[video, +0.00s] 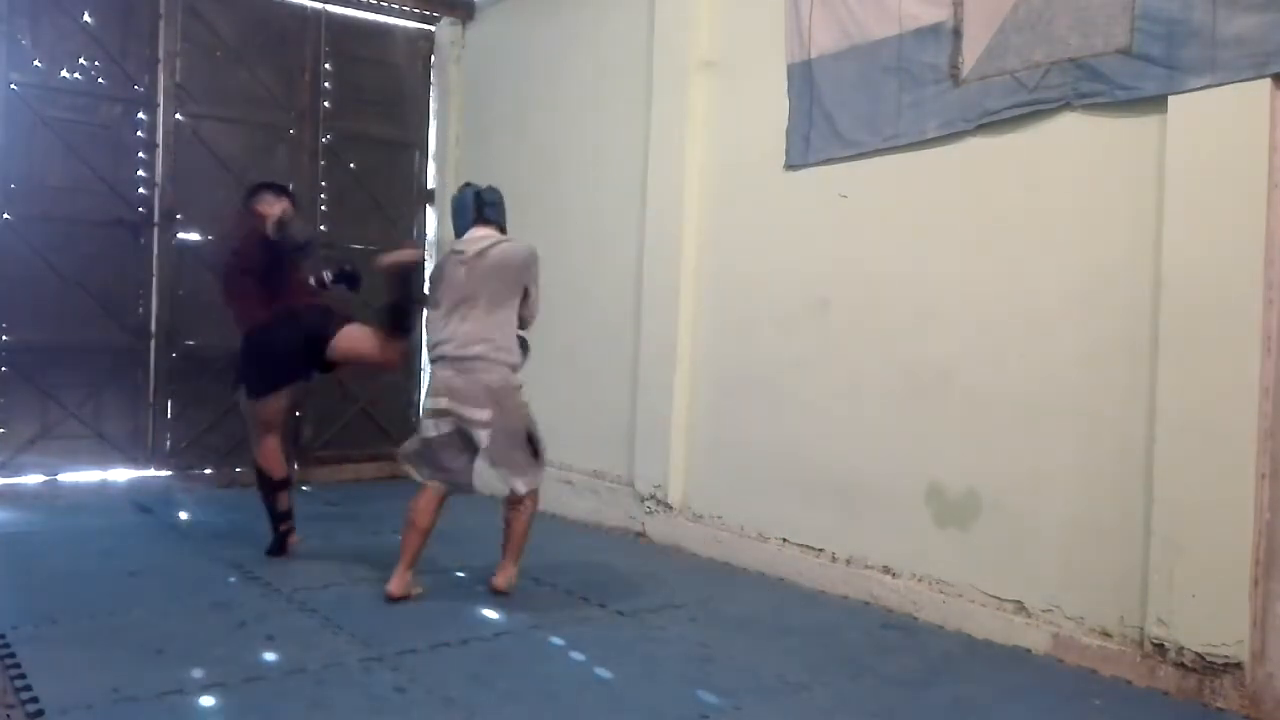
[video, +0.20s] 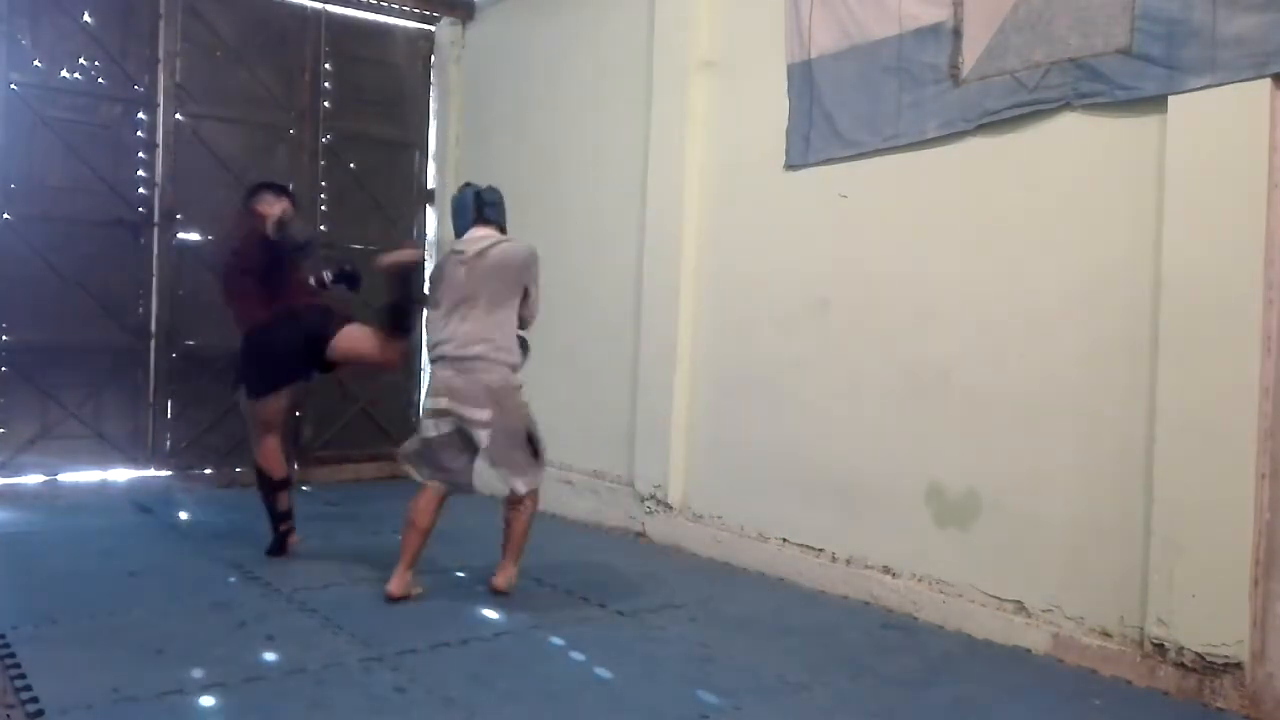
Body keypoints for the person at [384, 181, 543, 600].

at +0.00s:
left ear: (460, 220)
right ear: (501, 218)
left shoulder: (446, 261)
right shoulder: (521, 253)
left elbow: (435, 308)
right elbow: (527, 315)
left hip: (444, 380)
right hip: (494, 382)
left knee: (436, 477)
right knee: (524, 473)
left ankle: (401, 575)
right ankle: (507, 569)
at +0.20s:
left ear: (460, 220)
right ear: (501, 218)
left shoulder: (446, 261)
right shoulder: (521, 253)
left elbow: (435, 309)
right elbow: (527, 315)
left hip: (444, 380)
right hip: (494, 382)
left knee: (436, 477)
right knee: (524, 473)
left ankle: (401, 575)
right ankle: (507, 570)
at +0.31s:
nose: (570, 233)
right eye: (572, 227)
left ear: (533, 219)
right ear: (573, 226)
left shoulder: (496, 257)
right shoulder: (575, 266)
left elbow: (460, 308)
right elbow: (573, 336)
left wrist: (487, 334)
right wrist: (543, 308)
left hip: (474, 378)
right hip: (523, 387)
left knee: (442, 475)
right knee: (547, 491)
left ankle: (388, 558)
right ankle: (531, 592)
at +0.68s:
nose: (516, 217)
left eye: (517, 210)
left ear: (522, 212)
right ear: (564, 212)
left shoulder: (505, 253)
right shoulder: (593, 256)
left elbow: (481, 308)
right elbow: (612, 316)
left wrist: (484, 334)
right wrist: (571, 309)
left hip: (510, 380)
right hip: (565, 383)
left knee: (475, 468)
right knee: (583, 487)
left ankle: (445, 552)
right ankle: (593, 590)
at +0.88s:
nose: (479, 254)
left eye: (481, 248)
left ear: (487, 250)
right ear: (526, 248)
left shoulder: (477, 293)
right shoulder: (556, 289)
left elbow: (472, 348)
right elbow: (579, 346)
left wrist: (476, 388)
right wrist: (542, 337)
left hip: (496, 405)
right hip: (546, 404)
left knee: (471, 476)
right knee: (577, 497)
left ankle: (446, 562)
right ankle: (598, 595)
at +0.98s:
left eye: (459, 229)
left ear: (460, 233)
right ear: (499, 233)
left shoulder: (447, 274)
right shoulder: (524, 272)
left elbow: (431, 323)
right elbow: (550, 323)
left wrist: (449, 351)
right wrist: (515, 331)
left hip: (466, 386)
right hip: (516, 385)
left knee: (455, 475)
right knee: (542, 480)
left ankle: (443, 562)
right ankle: (574, 566)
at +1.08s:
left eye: (438, 212)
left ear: (441, 215)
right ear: (480, 214)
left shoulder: (421, 255)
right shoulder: (505, 252)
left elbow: (392, 294)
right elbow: (531, 301)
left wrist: (414, 324)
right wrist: (496, 297)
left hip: (441, 375)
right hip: (489, 374)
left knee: (439, 467)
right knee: (509, 470)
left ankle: (436, 554)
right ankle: (515, 555)